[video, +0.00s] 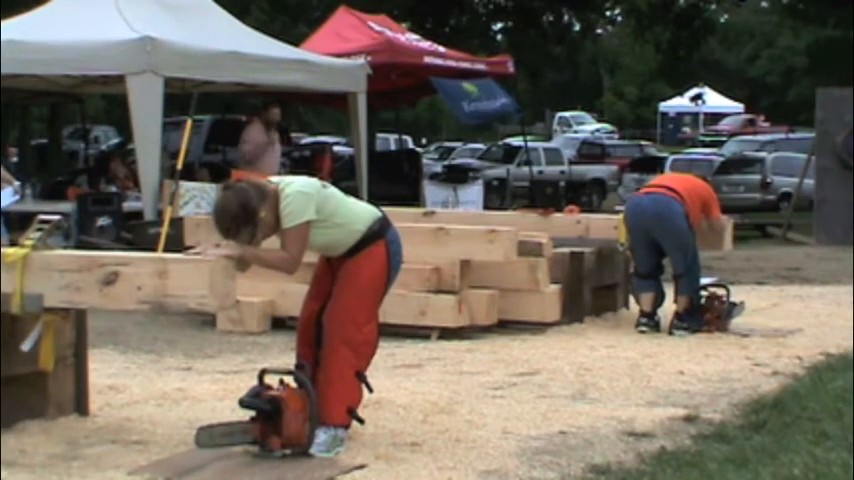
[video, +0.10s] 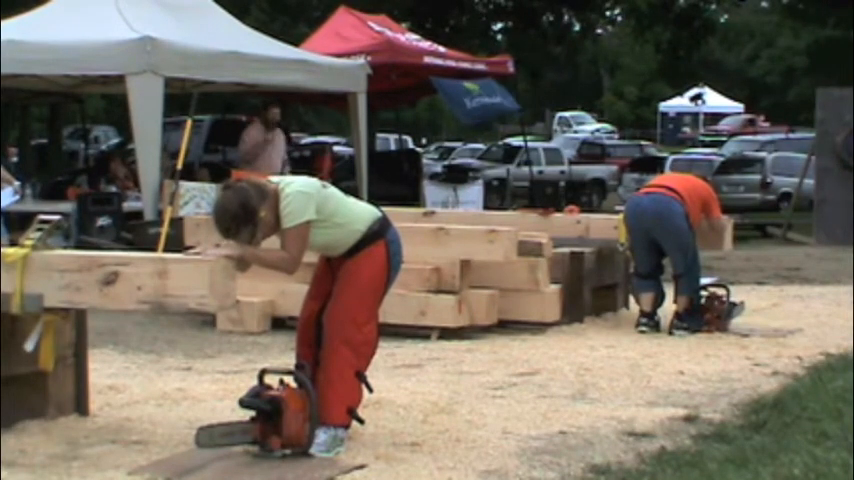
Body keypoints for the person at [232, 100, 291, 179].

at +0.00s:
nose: (277, 118)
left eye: (278, 114)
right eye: (274, 114)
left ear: (280, 115)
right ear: (265, 114)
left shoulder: (273, 131)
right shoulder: (254, 130)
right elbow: (246, 156)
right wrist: (267, 143)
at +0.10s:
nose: (276, 118)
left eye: (278, 114)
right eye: (273, 114)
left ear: (280, 116)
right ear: (264, 114)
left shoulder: (280, 134)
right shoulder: (252, 131)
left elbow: (284, 157)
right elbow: (243, 157)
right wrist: (263, 144)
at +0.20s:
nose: (275, 117)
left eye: (278, 113)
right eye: (272, 113)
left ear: (281, 116)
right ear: (265, 114)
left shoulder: (285, 135)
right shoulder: (253, 132)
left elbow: (291, 158)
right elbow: (244, 155)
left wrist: (286, 173)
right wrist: (262, 141)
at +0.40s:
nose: (279, 123)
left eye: (282, 120)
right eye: (276, 119)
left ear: (286, 119)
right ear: (271, 117)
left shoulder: (293, 135)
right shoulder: (258, 132)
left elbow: (301, 159)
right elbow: (248, 154)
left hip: (285, 179)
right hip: (259, 177)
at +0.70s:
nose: (284, 126)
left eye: (287, 123)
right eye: (282, 123)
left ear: (292, 122)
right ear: (276, 121)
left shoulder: (300, 137)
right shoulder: (263, 133)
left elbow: (306, 159)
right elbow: (253, 154)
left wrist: (295, 171)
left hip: (289, 180)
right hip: (264, 177)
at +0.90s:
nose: (287, 117)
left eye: (289, 114)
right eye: (284, 114)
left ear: (293, 116)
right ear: (278, 115)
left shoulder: (299, 136)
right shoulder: (266, 131)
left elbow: (306, 155)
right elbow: (256, 153)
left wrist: (299, 167)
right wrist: (277, 141)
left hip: (290, 176)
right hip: (266, 174)